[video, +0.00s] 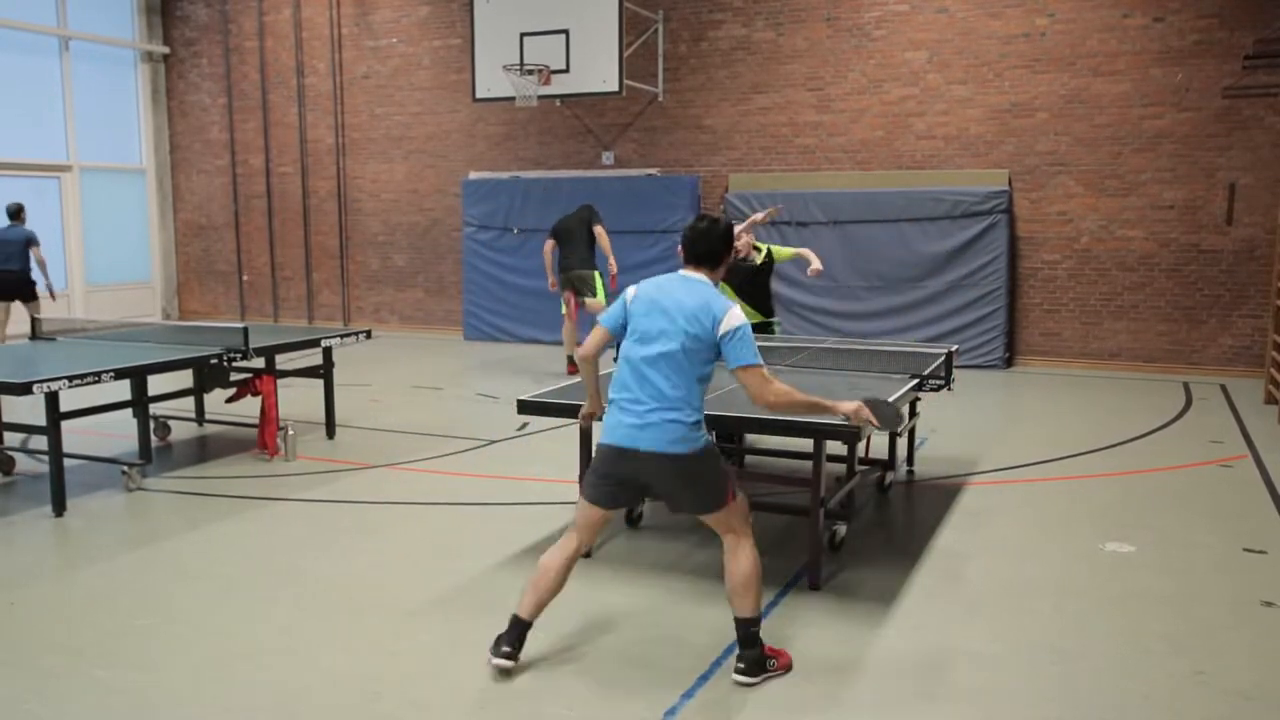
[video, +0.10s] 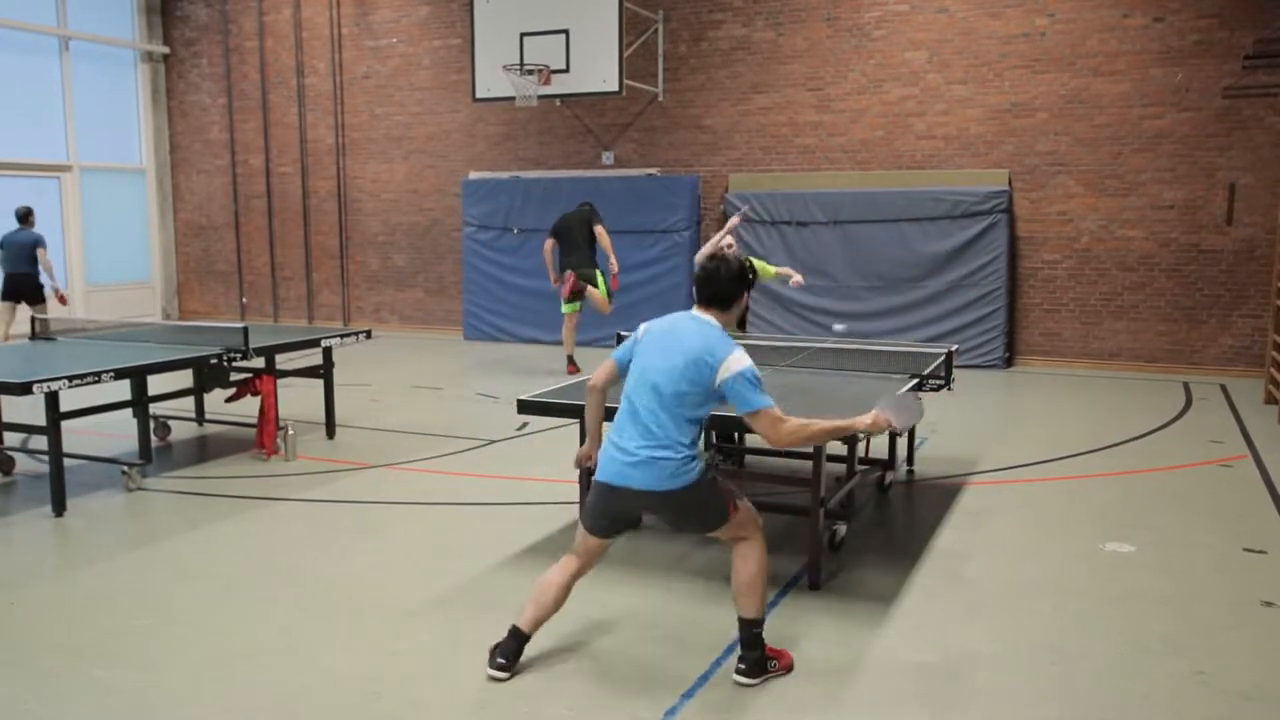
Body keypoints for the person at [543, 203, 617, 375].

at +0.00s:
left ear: (574, 212)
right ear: (589, 210)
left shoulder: (559, 223)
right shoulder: (589, 212)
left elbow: (547, 249)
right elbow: (599, 232)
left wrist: (550, 276)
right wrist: (610, 257)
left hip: (565, 271)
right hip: (587, 269)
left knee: (569, 317)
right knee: (600, 307)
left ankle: (570, 359)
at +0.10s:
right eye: (594, 211)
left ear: (576, 208)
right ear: (590, 208)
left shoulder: (561, 220)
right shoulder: (590, 212)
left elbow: (547, 247)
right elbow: (599, 232)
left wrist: (552, 274)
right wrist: (611, 257)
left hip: (567, 271)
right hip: (589, 268)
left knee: (570, 319)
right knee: (606, 308)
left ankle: (570, 360)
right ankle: (581, 286)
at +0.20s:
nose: (596, 213)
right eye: (595, 209)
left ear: (577, 207)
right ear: (591, 207)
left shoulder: (562, 219)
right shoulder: (592, 213)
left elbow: (549, 245)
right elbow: (601, 231)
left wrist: (553, 272)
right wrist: (612, 257)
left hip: (568, 273)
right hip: (590, 269)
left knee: (570, 318)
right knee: (606, 305)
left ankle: (570, 360)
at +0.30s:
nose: (595, 211)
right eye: (595, 208)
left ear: (579, 206)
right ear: (594, 207)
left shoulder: (564, 219)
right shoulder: (596, 215)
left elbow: (552, 244)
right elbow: (604, 232)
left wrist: (555, 271)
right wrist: (615, 259)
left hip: (570, 274)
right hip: (593, 272)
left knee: (571, 317)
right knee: (600, 316)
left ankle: (570, 360)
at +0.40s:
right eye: (597, 209)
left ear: (582, 207)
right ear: (597, 208)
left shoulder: (567, 219)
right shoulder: (601, 217)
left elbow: (554, 244)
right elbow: (610, 238)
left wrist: (555, 270)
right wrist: (618, 264)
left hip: (573, 274)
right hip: (596, 273)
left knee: (572, 317)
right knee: (605, 314)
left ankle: (570, 359)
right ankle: (613, 353)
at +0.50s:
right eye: (602, 211)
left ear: (588, 209)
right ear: (602, 211)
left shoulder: (573, 219)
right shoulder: (607, 220)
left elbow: (559, 242)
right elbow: (616, 240)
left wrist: (555, 268)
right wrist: (622, 266)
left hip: (577, 274)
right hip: (600, 274)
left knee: (574, 316)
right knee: (608, 313)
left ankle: (571, 359)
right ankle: (615, 354)